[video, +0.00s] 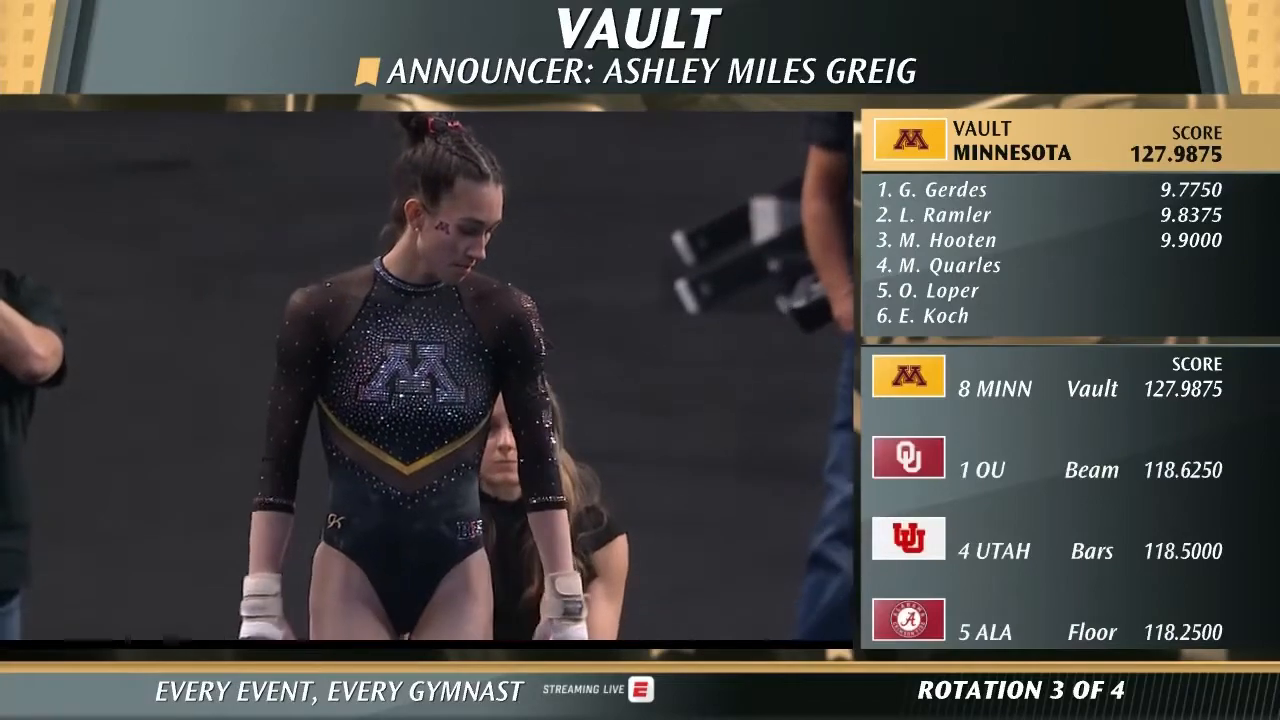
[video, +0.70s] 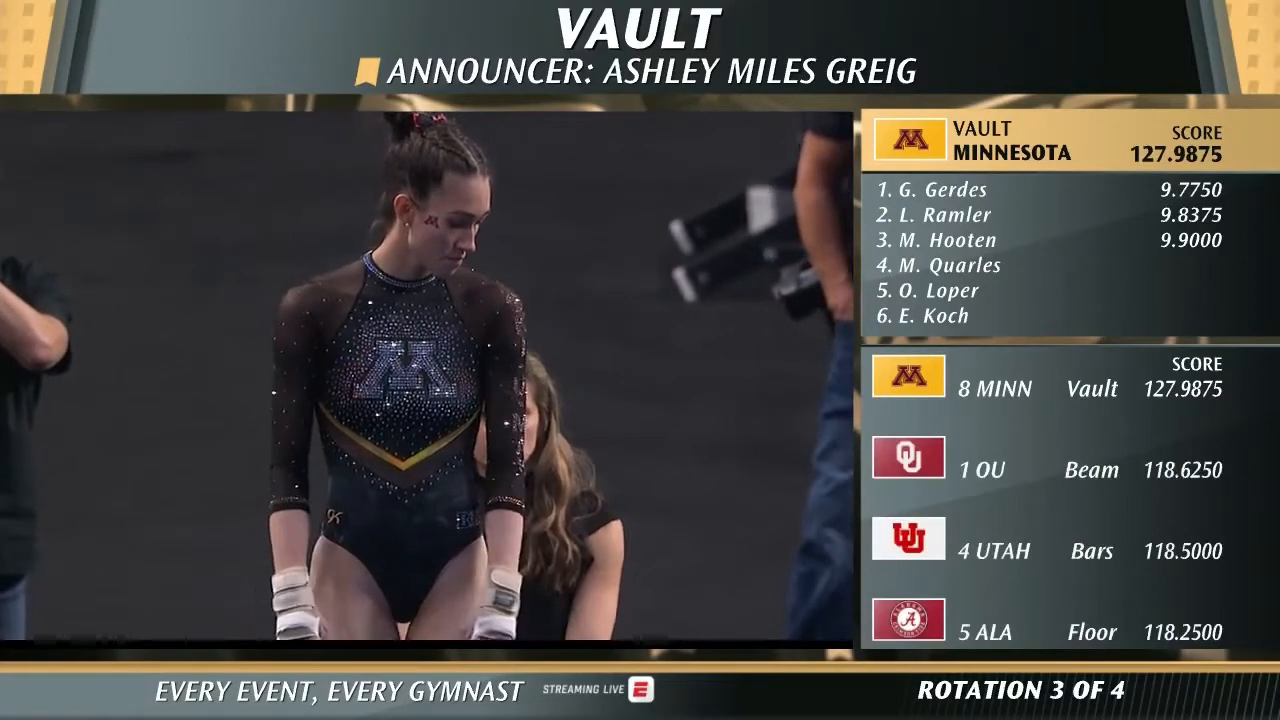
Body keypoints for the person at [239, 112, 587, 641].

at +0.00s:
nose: (481, 250)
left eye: (490, 231)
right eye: (468, 230)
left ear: (497, 220)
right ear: (414, 213)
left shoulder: (503, 316)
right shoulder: (320, 312)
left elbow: (538, 460)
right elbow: (279, 462)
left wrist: (566, 600)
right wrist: (259, 605)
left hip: (458, 568)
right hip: (350, 565)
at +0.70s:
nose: (469, 241)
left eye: (477, 224)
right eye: (456, 222)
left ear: (483, 215)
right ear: (404, 208)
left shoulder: (492, 311)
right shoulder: (312, 309)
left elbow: (507, 464)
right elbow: (288, 463)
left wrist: (500, 610)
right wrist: (292, 609)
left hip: (460, 558)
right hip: (348, 555)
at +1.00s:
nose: (472, 245)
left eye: (481, 227)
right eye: (460, 226)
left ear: (486, 216)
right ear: (410, 211)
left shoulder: (494, 313)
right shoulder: (316, 311)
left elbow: (512, 465)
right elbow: (290, 466)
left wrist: (511, 608)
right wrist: (271, 609)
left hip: (459, 560)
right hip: (350, 557)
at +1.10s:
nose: (471, 244)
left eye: (480, 226)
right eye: (459, 226)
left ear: (486, 215)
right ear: (409, 211)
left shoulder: (492, 314)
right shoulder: (315, 312)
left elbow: (512, 468)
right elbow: (286, 465)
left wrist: (522, 610)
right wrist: (262, 611)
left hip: (457, 560)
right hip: (349, 556)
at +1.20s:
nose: (471, 245)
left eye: (478, 227)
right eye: (458, 226)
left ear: (483, 216)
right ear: (405, 210)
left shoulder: (488, 316)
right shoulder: (312, 313)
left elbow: (512, 469)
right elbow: (281, 468)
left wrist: (536, 613)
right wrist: (254, 614)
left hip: (453, 562)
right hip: (345, 559)